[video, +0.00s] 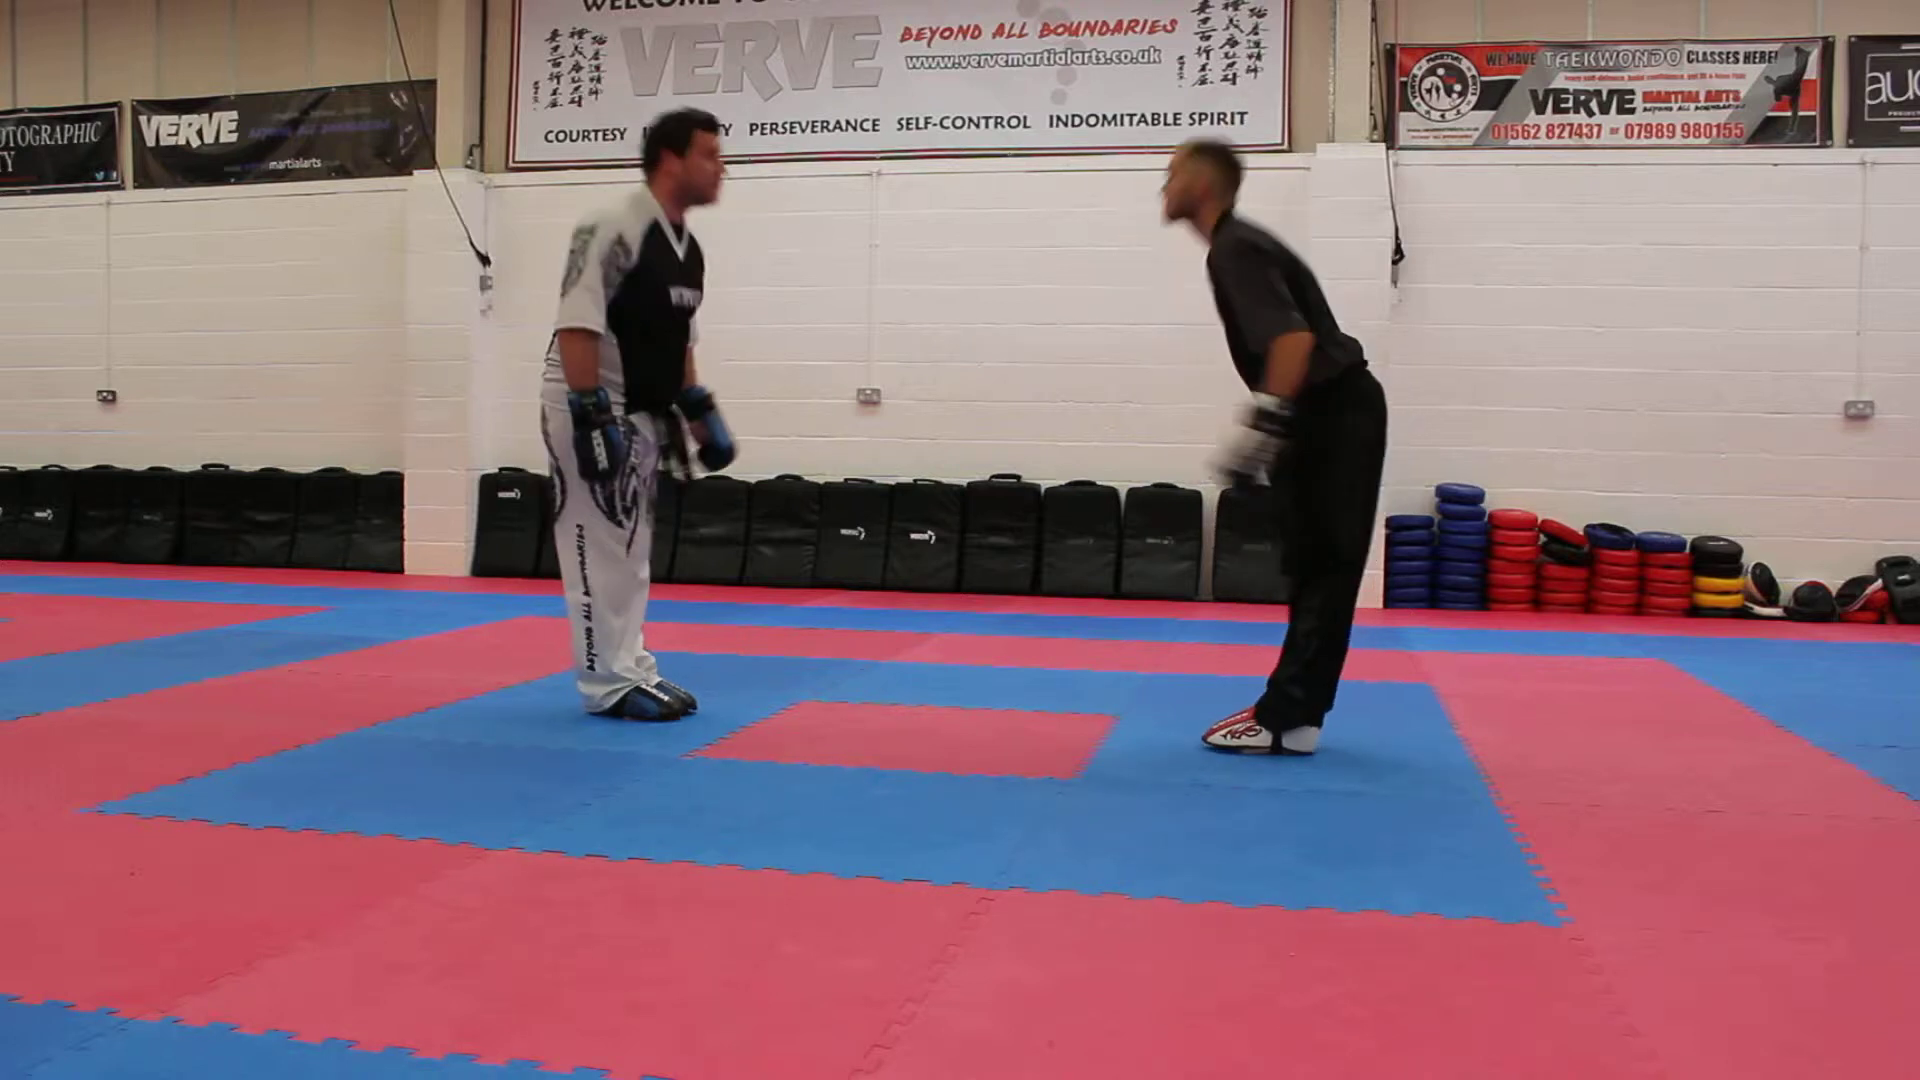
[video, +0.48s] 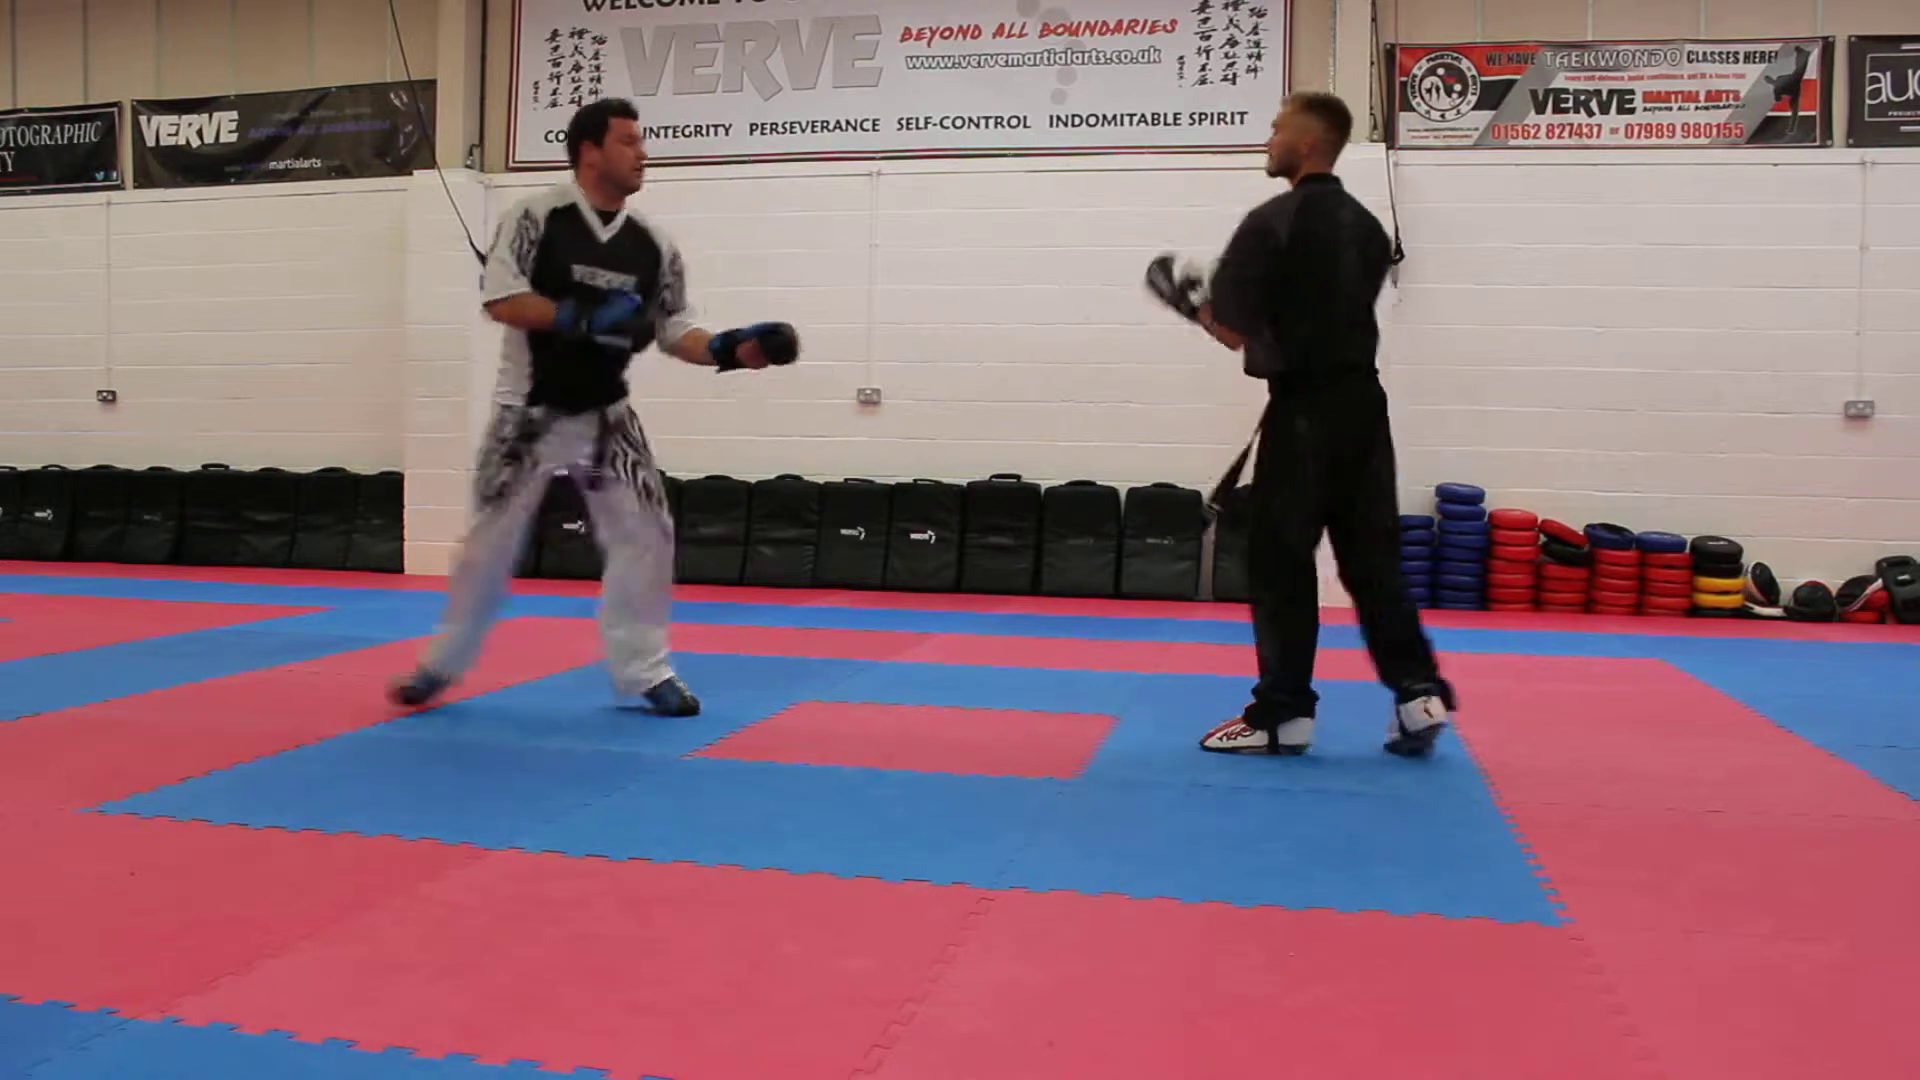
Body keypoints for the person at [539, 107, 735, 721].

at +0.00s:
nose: (721, 168)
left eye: (720, 157)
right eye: (710, 156)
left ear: (685, 164)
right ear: (671, 160)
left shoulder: (687, 249)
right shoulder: (610, 228)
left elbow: (674, 340)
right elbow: (576, 328)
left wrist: (699, 413)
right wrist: (594, 418)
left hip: (642, 413)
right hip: (592, 409)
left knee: (631, 543)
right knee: (600, 542)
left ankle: (631, 670)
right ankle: (604, 682)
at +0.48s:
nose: (643, 154)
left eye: (642, 143)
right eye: (630, 143)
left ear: (622, 154)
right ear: (588, 152)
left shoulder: (653, 248)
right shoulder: (533, 218)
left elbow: (674, 332)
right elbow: (502, 300)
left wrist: (729, 350)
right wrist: (578, 316)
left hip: (607, 419)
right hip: (529, 417)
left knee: (645, 535)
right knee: (489, 545)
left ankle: (643, 671)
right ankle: (441, 665)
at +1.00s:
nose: (608, 191)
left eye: (607, 180)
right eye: (595, 180)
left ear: (592, 187)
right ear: (552, 187)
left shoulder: (626, 273)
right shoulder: (491, 259)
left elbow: (654, 359)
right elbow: (457, 344)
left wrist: (699, 366)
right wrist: (516, 360)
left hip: (596, 443)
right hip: (511, 442)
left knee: (654, 556)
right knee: (450, 550)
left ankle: (700, 676)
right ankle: (410, 662)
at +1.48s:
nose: (566, 223)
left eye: (566, 212)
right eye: (553, 212)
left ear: (560, 218)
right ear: (512, 218)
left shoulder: (588, 301)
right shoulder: (461, 297)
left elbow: (628, 381)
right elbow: (433, 381)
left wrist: (664, 377)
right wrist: (479, 392)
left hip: (571, 468)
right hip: (491, 470)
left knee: (640, 570)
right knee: (414, 563)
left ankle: (704, 679)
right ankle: (414, 674)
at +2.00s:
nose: (256, 194)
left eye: (265, 179)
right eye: (254, 181)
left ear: (302, 178)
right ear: (285, 184)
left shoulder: (331, 240)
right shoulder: (307, 245)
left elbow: (347, 327)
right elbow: (307, 335)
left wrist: (265, 362)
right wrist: (259, 367)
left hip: (329, 420)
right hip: (365, 422)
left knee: (250, 541)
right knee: (338, 552)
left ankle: (190, 666)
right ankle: (408, 660)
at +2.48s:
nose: (109, 179)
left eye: (104, 169)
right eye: (102, 169)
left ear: (35, 181)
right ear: (79, 169)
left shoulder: (20, 240)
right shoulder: (131, 213)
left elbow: (5, 334)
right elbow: (220, 265)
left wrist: (10, 360)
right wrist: (171, 308)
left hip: (149, 392)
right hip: (212, 351)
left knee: (161, 529)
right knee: (321, 368)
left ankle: (170, 667)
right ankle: (414, 360)